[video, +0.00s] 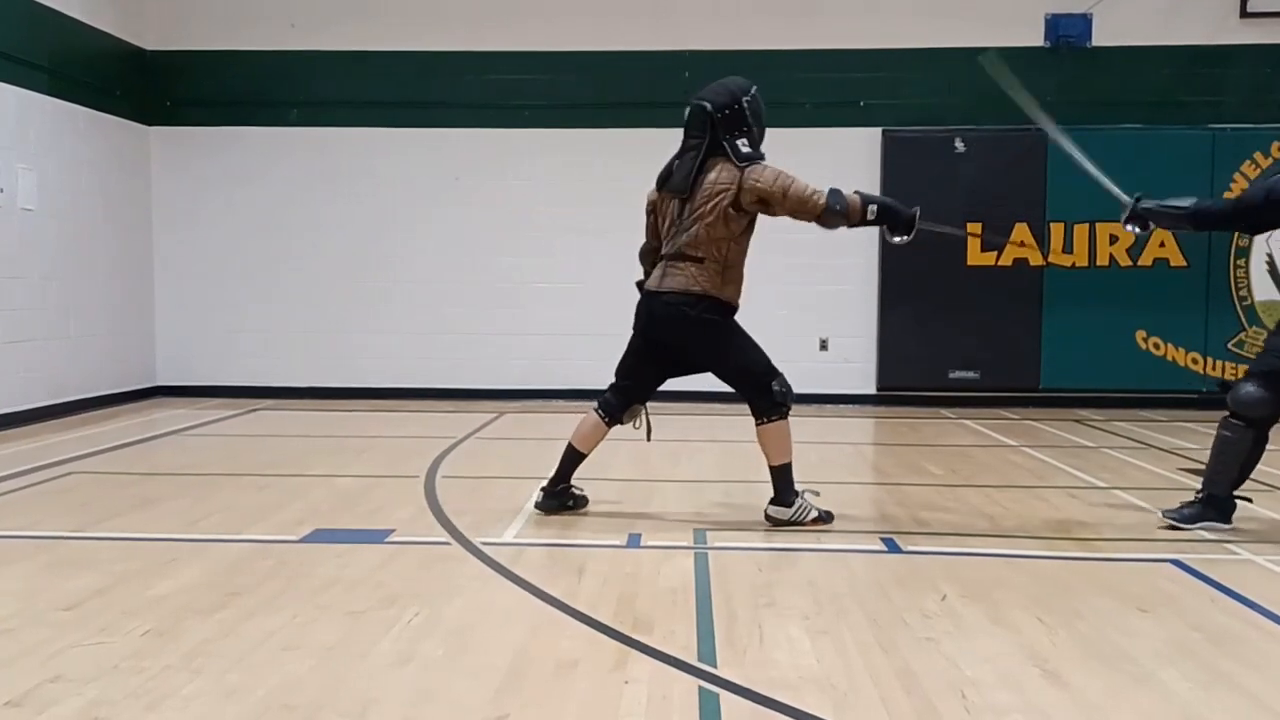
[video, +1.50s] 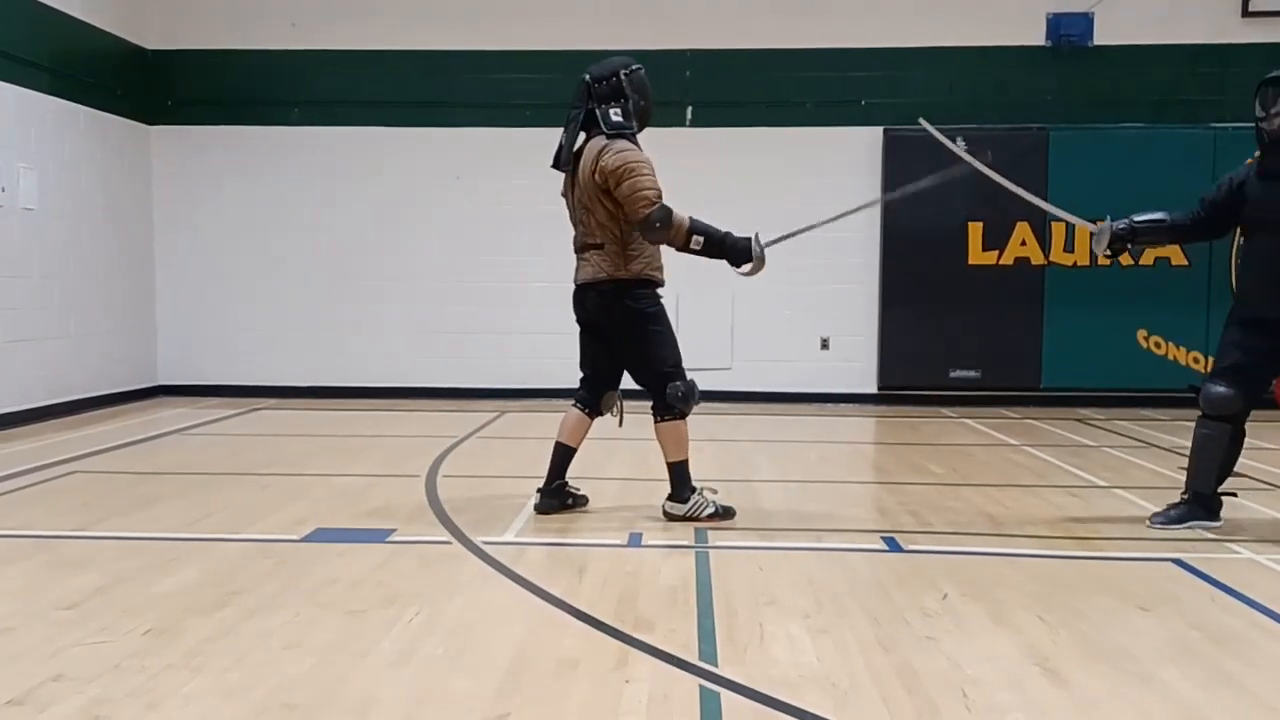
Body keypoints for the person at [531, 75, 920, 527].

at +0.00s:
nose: (758, 130)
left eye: (756, 120)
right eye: (753, 122)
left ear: (703, 124)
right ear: (738, 125)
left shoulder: (673, 172)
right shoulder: (743, 173)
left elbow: (651, 249)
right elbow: (818, 203)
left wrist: (660, 300)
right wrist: (879, 209)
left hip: (656, 311)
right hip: (703, 316)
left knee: (618, 398)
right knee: (770, 392)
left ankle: (556, 486)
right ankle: (785, 499)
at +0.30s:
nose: (713, 122)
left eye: (710, 112)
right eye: (708, 113)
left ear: (661, 115)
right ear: (694, 117)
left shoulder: (634, 171)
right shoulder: (694, 171)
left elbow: (624, 254)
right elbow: (725, 246)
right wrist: (789, 254)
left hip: (636, 312)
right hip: (679, 313)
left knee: (615, 403)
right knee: (739, 402)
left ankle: (555, 488)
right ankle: (781, 500)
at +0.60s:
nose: (678, 106)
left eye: (673, 96)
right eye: (670, 98)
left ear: (627, 108)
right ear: (655, 106)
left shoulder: (615, 155)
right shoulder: (645, 163)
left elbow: (642, 239)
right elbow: (651, 240)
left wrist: (712, 258)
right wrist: (715, 258)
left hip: (614, 300)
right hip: (644, 302)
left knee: (608, 398)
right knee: (706, 389)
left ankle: (554, 487)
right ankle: (684, 494)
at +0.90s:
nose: (668, 105)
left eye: (665, 95)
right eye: (662, 96)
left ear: (618, 103)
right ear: (645, 102)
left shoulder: (603, 153)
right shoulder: (635, 158)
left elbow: (629, 237)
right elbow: (653, 234)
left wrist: (694, 265)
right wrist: (717, 270)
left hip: (606, 295)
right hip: (639, 295)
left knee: (603, 393)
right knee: (691, 387)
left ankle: (553, 487)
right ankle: (683, 494)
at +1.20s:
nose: (656, 102)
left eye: (653, 93)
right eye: (651, 94)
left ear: (606, 101)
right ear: (637, 99)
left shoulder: (592, 152)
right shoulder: (630, 157)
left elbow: (597, 230)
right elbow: (644, 233)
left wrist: (669, 261)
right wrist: (698, 276)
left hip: (598, 293)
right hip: (632, 293)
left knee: (598, 391)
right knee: (680, 389)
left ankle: (553, 487)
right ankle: (683, 495)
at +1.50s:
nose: (647, 102)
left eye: (644, 93)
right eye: (641, 94)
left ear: (597, 100)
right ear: (627, 98)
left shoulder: (587, 152)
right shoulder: (622, 155)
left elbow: (647, 224)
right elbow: (655, 222)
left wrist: (717, 244)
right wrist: (724, 244)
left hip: (593, 293)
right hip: (628, 293)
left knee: (595, 388)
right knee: (671, 390)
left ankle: (553, 487)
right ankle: (682, 495)